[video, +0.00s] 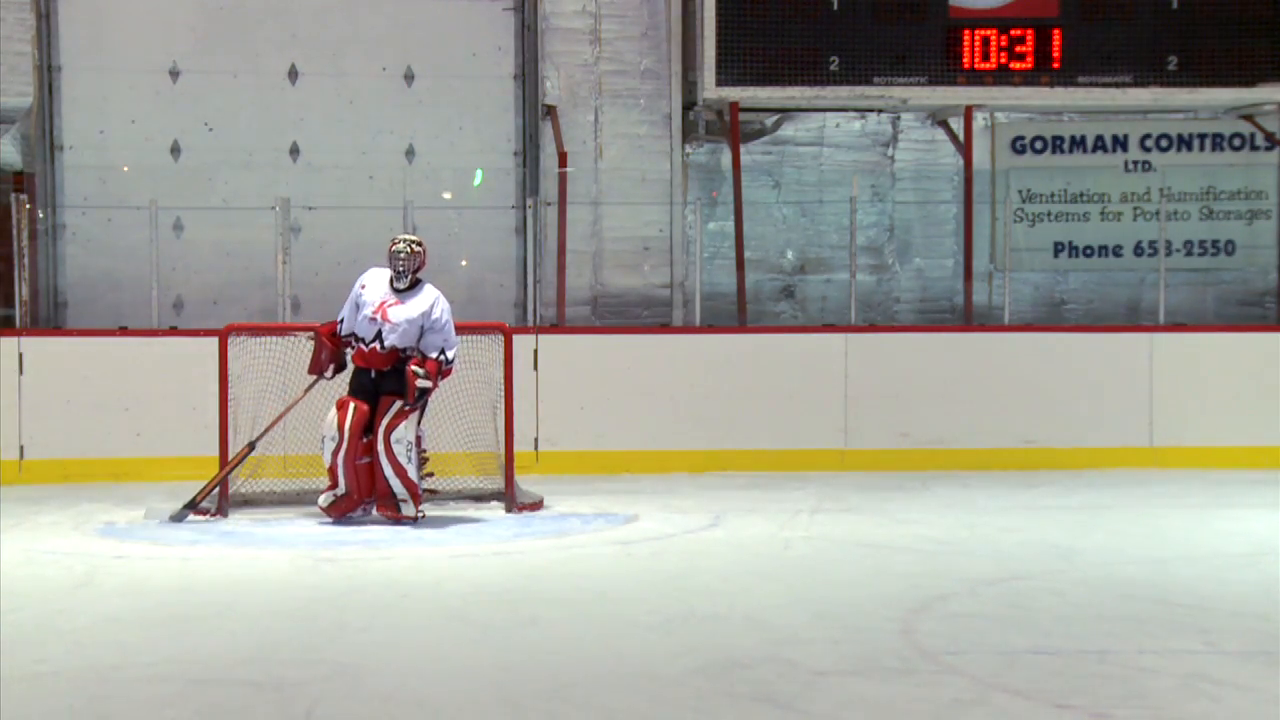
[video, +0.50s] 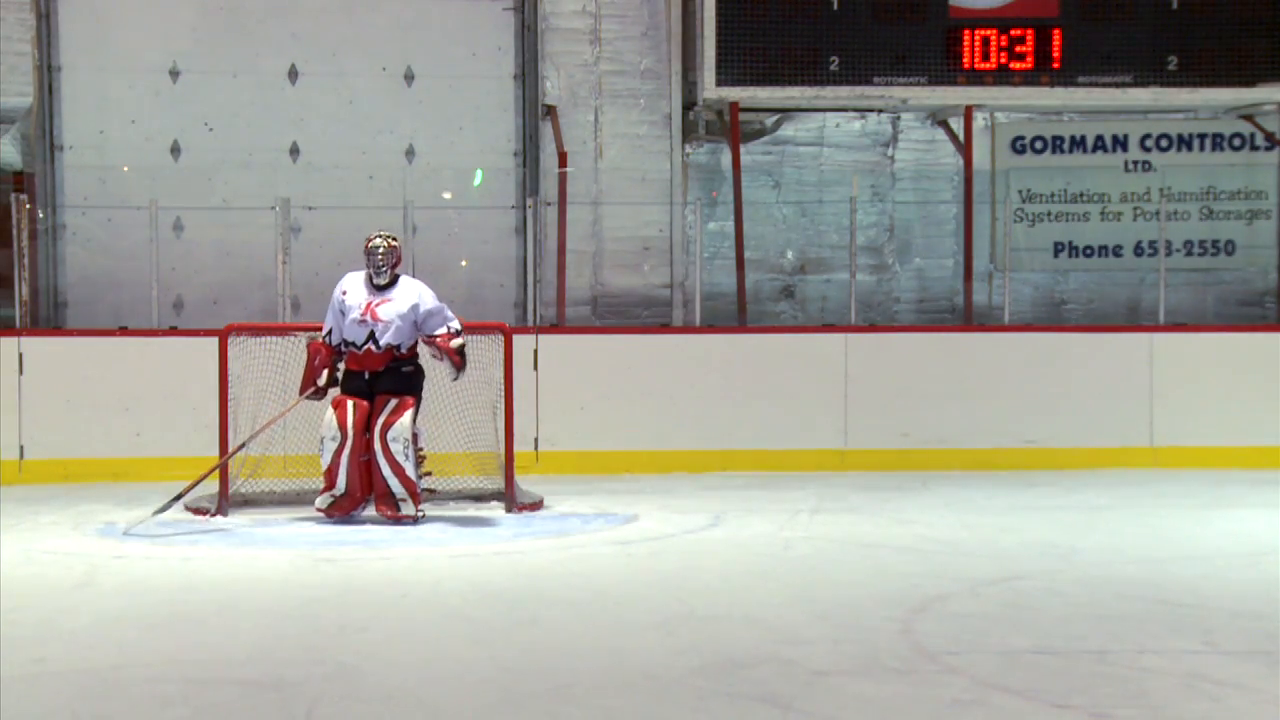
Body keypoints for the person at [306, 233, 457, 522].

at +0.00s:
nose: (402, 264)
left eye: (409, 259)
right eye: (398, 258)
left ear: (419, 263)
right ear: (390, 260)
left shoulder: (433, 302)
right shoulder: (370, 280)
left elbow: (445, 353)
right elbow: (346, 325)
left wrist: (427, 374)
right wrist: (333, 353)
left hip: (400, 381)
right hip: (363, 376)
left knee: (390, 438)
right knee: (347, 431)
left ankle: (398, 504)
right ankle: (351, 498)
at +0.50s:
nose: (380, 262)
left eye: (386, 256)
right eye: (374, 256)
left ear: (397, 259)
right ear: (366, 259)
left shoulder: (416, 293)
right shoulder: (348, 286)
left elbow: (446, 326)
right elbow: (332, 336)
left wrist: (452, 346)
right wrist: (323, 373)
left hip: (398, 379)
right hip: (356, 378)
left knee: (390, 434)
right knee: (341, 431)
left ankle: (399, 504)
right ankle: (342, 501)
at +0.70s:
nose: (369, 264)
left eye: (374, 258)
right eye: (362, 259)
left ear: (384, 259)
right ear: (354, 261)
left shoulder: (405, 290)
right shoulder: (336, 290)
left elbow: (437, 313)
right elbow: (322, 338)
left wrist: (462, 321)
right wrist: (318, 373)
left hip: (391, 376)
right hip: (349, 376)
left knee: (389, 435)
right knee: (340, 434)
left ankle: (400, 503)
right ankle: (339, 503)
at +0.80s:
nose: (363, 264)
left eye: (369, 258)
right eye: (357, 259)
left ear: (378, 259)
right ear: (348, 262)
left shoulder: (400, 288)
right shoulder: (330, 291)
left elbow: (433, 306)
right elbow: (317, 339)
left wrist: (461, 311)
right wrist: (312, 374)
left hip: (386, 377)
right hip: (344, 379)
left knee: (392, 436)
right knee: (337, 437)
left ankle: (400, 503)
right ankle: (338, 502)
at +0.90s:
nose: (359, 266)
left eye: (364, 260)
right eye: (353, 260)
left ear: (373, 260)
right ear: (343, 263)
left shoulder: (394, 287)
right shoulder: (325, 292)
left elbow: (428, 305)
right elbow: (309, 339)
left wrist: (459, 302)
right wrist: (310, 374)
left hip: (382, 376)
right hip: (340, 378)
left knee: (391, 434)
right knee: (335, 436)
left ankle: (399, 501)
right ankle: (337, 501)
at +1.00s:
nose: (355, 265)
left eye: (360, 259)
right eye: (349, 260)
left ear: (369, 260)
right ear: (339, 263)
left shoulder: (389, 287)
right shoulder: (321, 292)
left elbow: (421, 304)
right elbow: (304, 339)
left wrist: (453, 299)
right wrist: (308, 371)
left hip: (378, 376)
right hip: (336, 378)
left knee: (389, 433)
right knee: (335, 436)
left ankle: (398, 501)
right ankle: (336, 501)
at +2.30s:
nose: (344, 261)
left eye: (348, 255)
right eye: (338, 256)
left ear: (356, 257)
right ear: (328, 258)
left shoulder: (377, 285)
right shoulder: (312, 286)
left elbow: (406, 319)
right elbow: (297, 334)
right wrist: (289, 319)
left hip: (367, 376)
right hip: (324, 378)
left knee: (383, 440)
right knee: (328, 443)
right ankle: (328, 503)